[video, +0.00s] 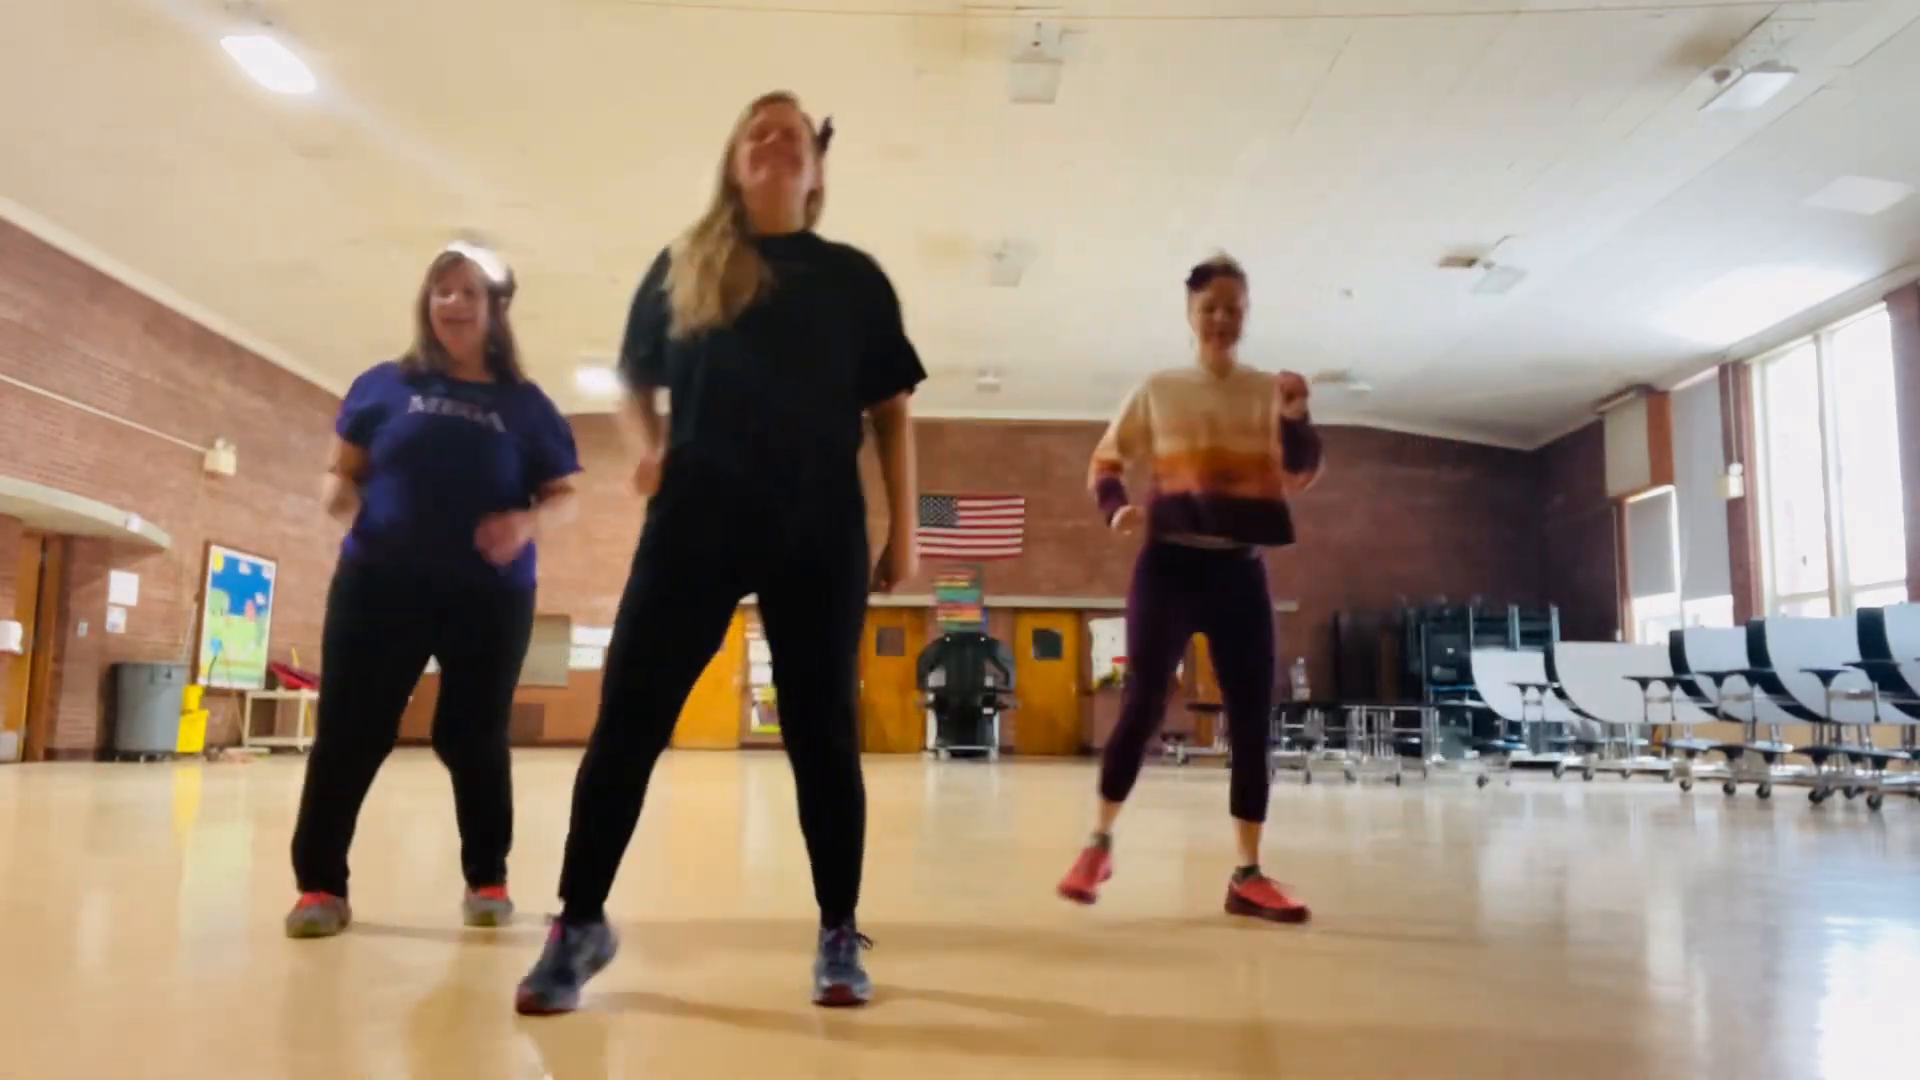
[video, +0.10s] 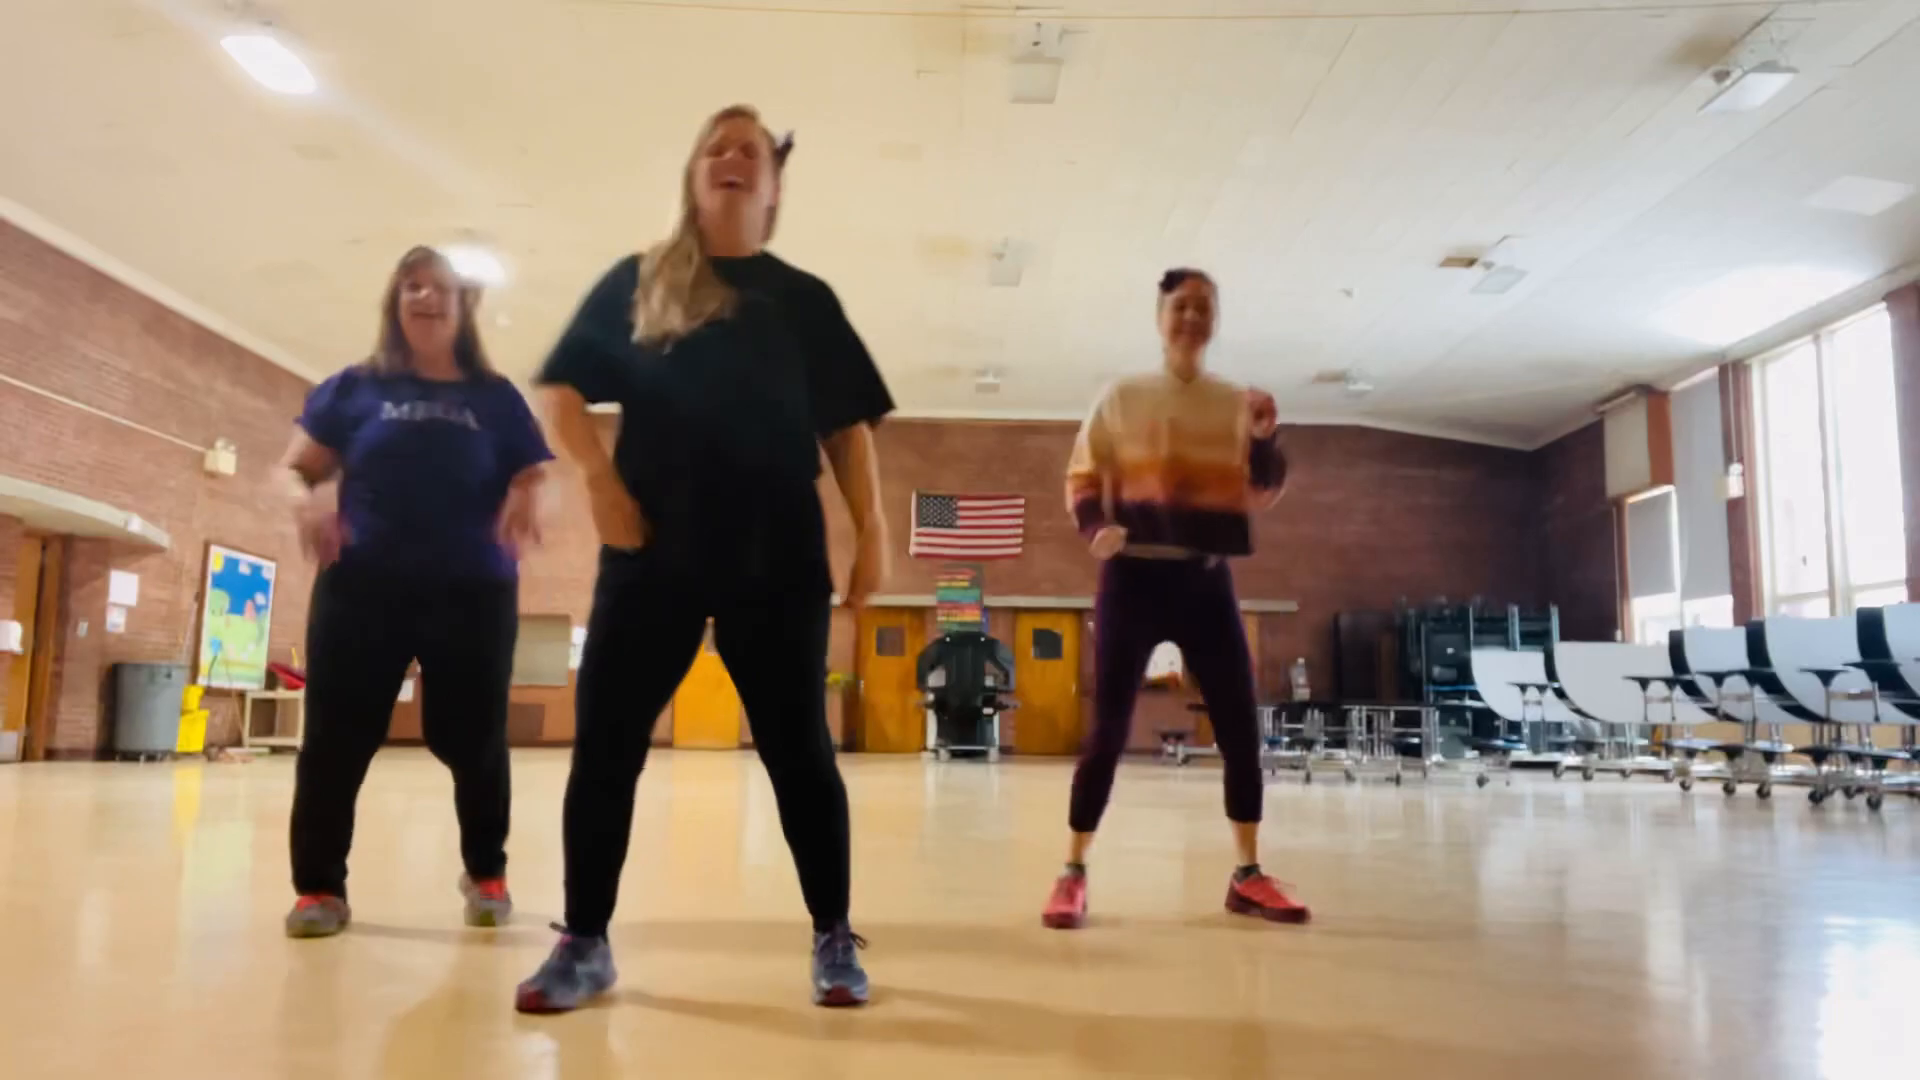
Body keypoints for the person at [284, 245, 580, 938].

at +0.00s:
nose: (452, 302)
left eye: (467, 292)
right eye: (442, 290)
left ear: (496, 306)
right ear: (425, 302)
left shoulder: (526, 404)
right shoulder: (382, 386)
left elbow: (563, 491)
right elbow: (345, 475)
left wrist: (526, 521)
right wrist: (346, 502)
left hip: (487, 596)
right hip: (383, 585)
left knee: (474, 737)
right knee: (349, 733)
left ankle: (487, 881)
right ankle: (321, 888)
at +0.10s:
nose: (426, 297)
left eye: (439, 288)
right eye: (414, 287)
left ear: (463, 303)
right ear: (395, 303)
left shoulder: (495, 397)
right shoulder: (353, 389)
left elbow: (531, 478)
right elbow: (294, 473)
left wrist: (524, 512)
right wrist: (307, 506)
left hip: (470, 592)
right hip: (365, 588)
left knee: (475, 741)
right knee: (335, 742)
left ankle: (487, 875)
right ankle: (319, 891)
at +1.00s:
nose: (516, 314)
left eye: (530, 302)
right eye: (505, 301)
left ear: (553, 314)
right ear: (484, 311)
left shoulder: (572, 403)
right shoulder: (440, 396)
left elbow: (609, 498)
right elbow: (400, 492)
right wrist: (344, 571)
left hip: (543, 594)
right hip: (436, 587)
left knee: (565, 744)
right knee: (375, 731)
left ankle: (608, 892)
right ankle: (321, 886)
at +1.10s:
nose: (562, 307)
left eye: (576, 296)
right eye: (551, 294)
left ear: (600, 309)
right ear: (531, 304)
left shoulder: (619, 398)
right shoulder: (489, 384)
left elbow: (640, 492)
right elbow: (441, 481)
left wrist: (641, 561)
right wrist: (397, 563)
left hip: (579, 583)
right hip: (473, 573)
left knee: (591, 740)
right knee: (407, 722)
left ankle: (609, 894)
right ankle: (354, 875)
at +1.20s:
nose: (597, 305)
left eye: (612, 295)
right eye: (584, 293)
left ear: (636, 307)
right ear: (566, 305)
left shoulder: (658, 392)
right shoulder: (524, 378)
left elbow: (695, 484)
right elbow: (474, 469)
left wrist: (690, 513)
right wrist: (424, 542)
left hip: (603, 583)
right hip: (501, 569)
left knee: (596, 736)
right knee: (459, 709)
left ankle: (603, 904)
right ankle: (459, 858)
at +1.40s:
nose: (631, 312)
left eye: (644, 303)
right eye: (620, 301)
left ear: (665, 318)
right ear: (599, 314)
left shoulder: (690, 410)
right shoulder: (557, 393)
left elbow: (728, 510)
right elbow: (512, 478)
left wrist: (761, 595)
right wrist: (478, 530)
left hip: (646, 595)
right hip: (554, 586)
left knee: (619, 737)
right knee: (571, 731)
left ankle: (605, 895)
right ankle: (631, 862)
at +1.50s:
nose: (631, 324)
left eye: (642, 313)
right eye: (618, 314)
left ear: (660, 322)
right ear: (597, 326)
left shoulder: (695, 409)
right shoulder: (563, 409)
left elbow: (725, 508)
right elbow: (523, 500)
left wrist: (744, 590)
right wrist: (508, 550)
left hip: (675, 596)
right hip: (583, 595)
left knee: (641, 735)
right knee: (597, 740)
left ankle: (620, 889)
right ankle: (638, 877)